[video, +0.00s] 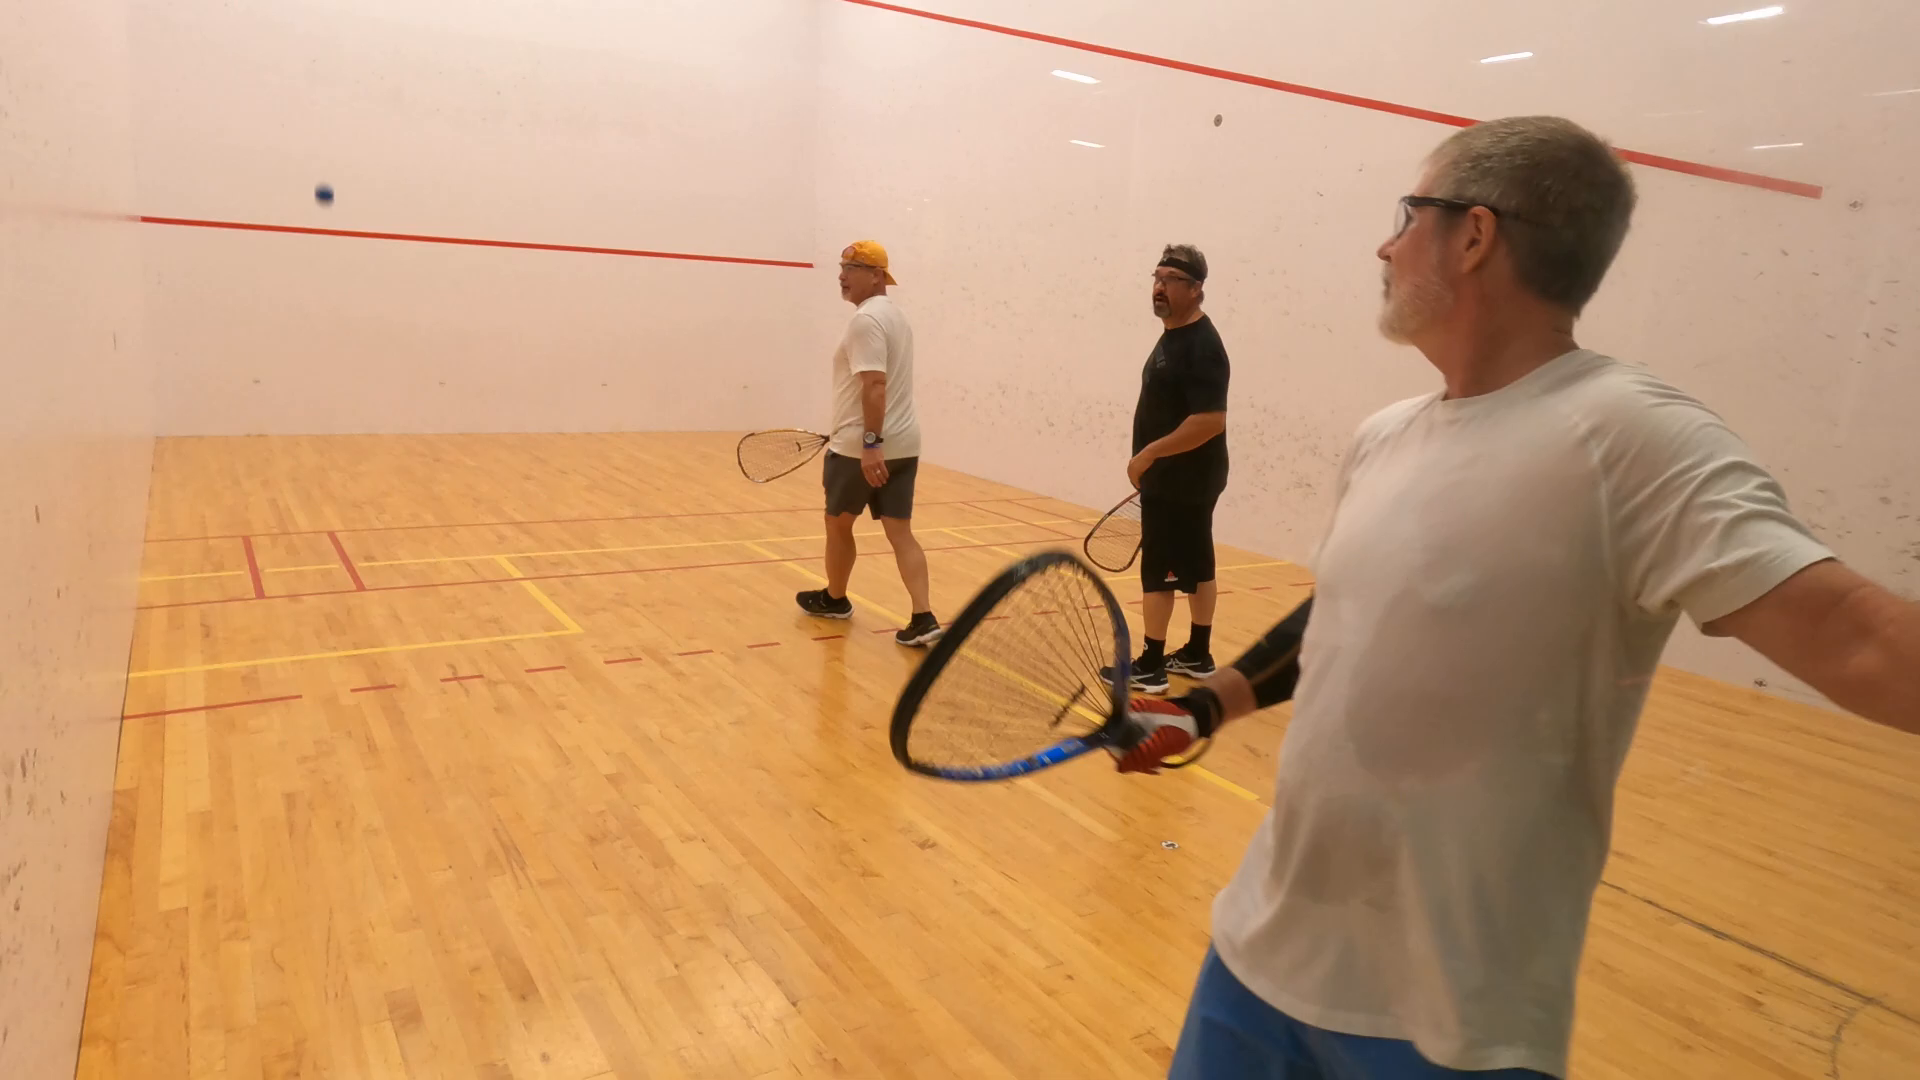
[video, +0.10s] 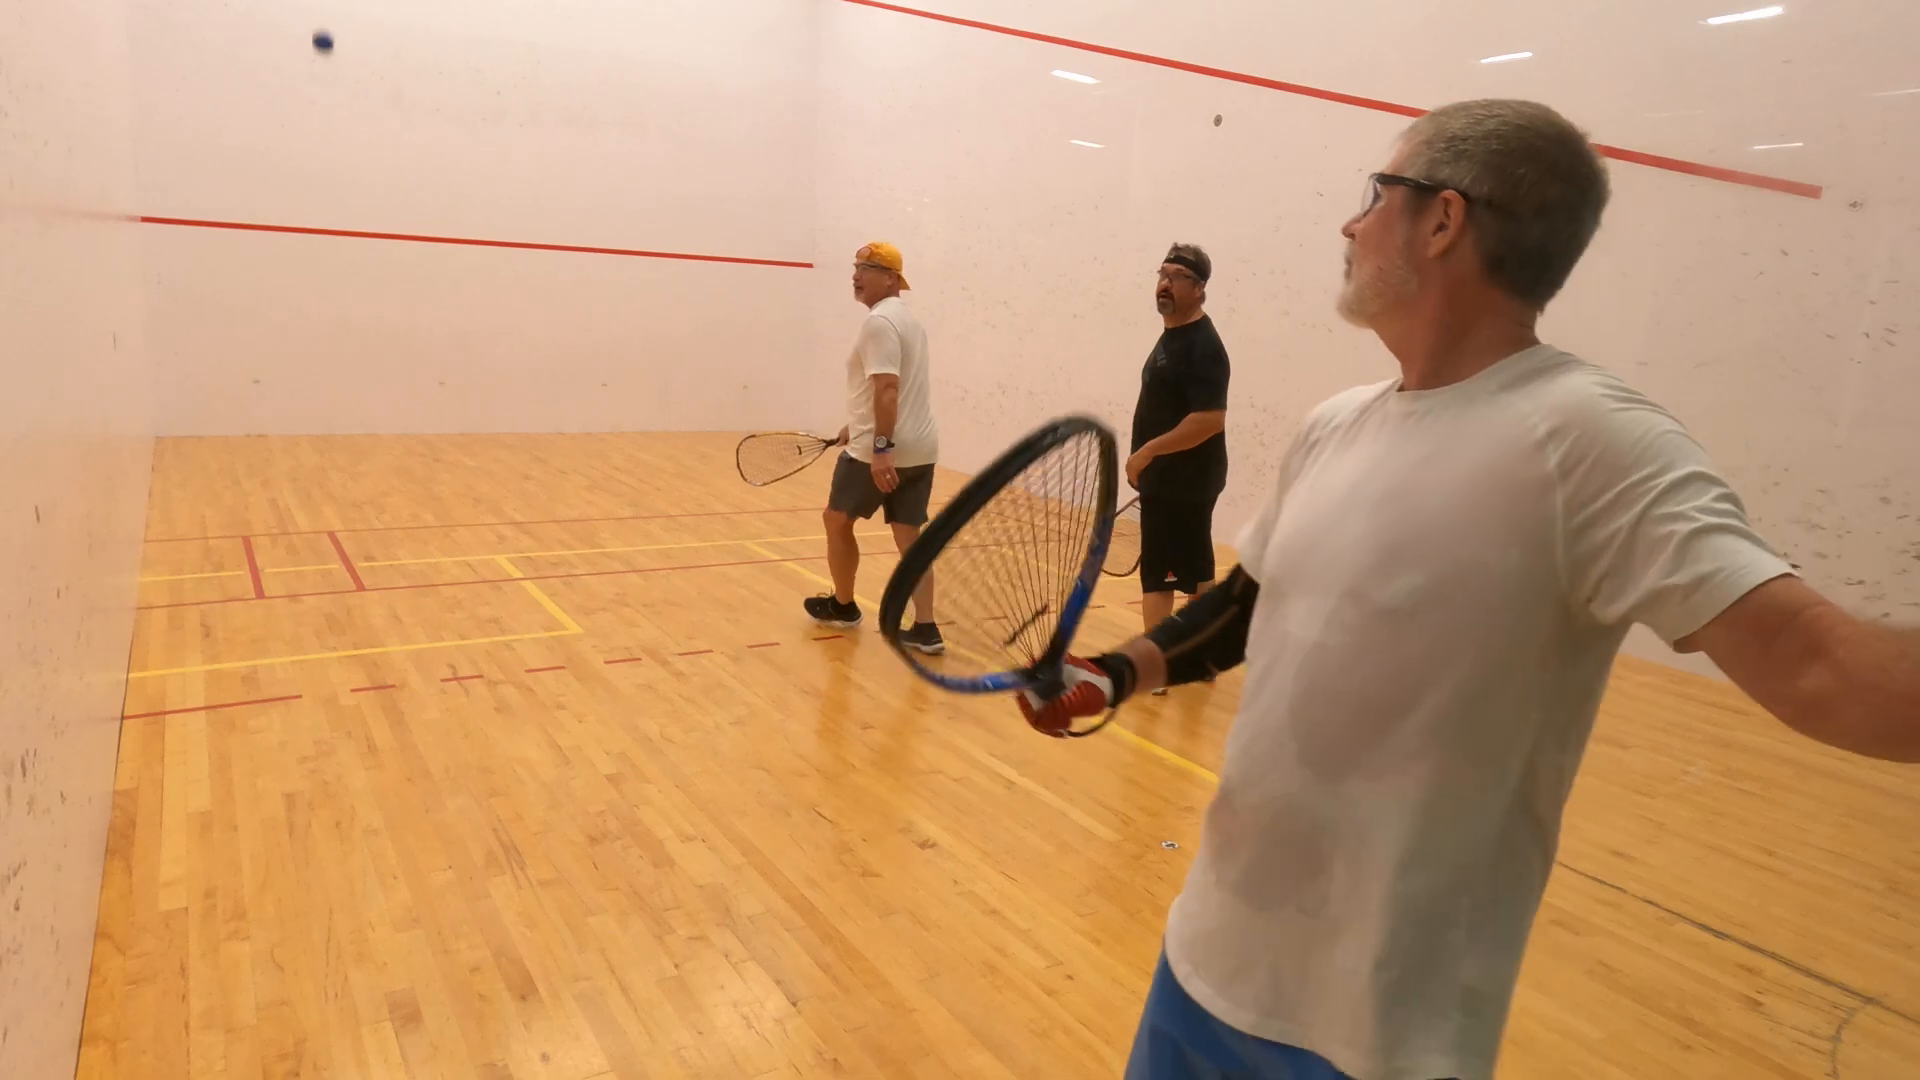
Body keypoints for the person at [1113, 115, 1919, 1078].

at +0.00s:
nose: (1386, 244)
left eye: (1409, 216)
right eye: (1399, 215)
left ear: (1475, 241)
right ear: (1477, 245)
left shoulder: (1628, 434)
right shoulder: (1385, 438)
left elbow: (1858, 635)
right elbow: (1350, 617)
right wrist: (1207, 705)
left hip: (1444, 1018)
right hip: (1257, 961)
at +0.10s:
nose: (1349, 223)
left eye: (1376, 193)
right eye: (1365, 191)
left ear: (1443, 224)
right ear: (1442, 233)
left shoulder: (1590, 436)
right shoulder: (1334, 428)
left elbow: (1808, 656)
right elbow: (1249, 603)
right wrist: (1122, 670)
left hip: (1377, 1026)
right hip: (1205, 963)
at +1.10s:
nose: (1384, 162)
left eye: (1418, 134)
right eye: (1411, 132)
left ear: (1473, 186)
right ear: (1469, 189)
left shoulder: (1503, 406)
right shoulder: (1391, 363)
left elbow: (1310, 728)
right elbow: (1226, 392)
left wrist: (1042, 729)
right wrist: (1066, 335)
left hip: (1465, 1035)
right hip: (1353, 970)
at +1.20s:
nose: (1372, 185)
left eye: (1397, 160)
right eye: (1392, 157)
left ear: (1444, 208)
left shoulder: (1464, 410)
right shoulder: (1490, 380)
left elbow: (1295, 725)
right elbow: (1308, 453)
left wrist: (1087, 754)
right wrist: (1180, 404)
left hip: (1477, 1019)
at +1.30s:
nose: (1380, 233)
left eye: (1401, 212)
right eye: (1397, 209)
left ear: (1441, 261)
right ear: (1555, 293)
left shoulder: (1447, 444)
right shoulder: (1551, 431)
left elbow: (1313, 750)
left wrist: (1159, 786)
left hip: (1476, 1031)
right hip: (1595, 1004)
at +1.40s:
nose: (1397, 295)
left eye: (1416, 275)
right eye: (1412, 271)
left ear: (1452, 321)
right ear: (1555, 348)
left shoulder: (1450, 489)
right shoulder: (1568, 478)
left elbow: (1362, 777)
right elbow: (1518, 647)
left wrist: (1241, 830)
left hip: (1490, 1032)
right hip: (1605, 1010)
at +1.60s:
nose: (1459, 278)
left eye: (1473, 262)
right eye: (1471, 258)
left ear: (1506, 296)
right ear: (1603, 311)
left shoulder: (1510, 449)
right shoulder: (1640, 427)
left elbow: (1509, 687)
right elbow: (1741, 598)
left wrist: (1422, 806)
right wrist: (1598, 669)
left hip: (1567, 886)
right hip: (1655, 862)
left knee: (1483, 1058)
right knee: (1455, 1008)